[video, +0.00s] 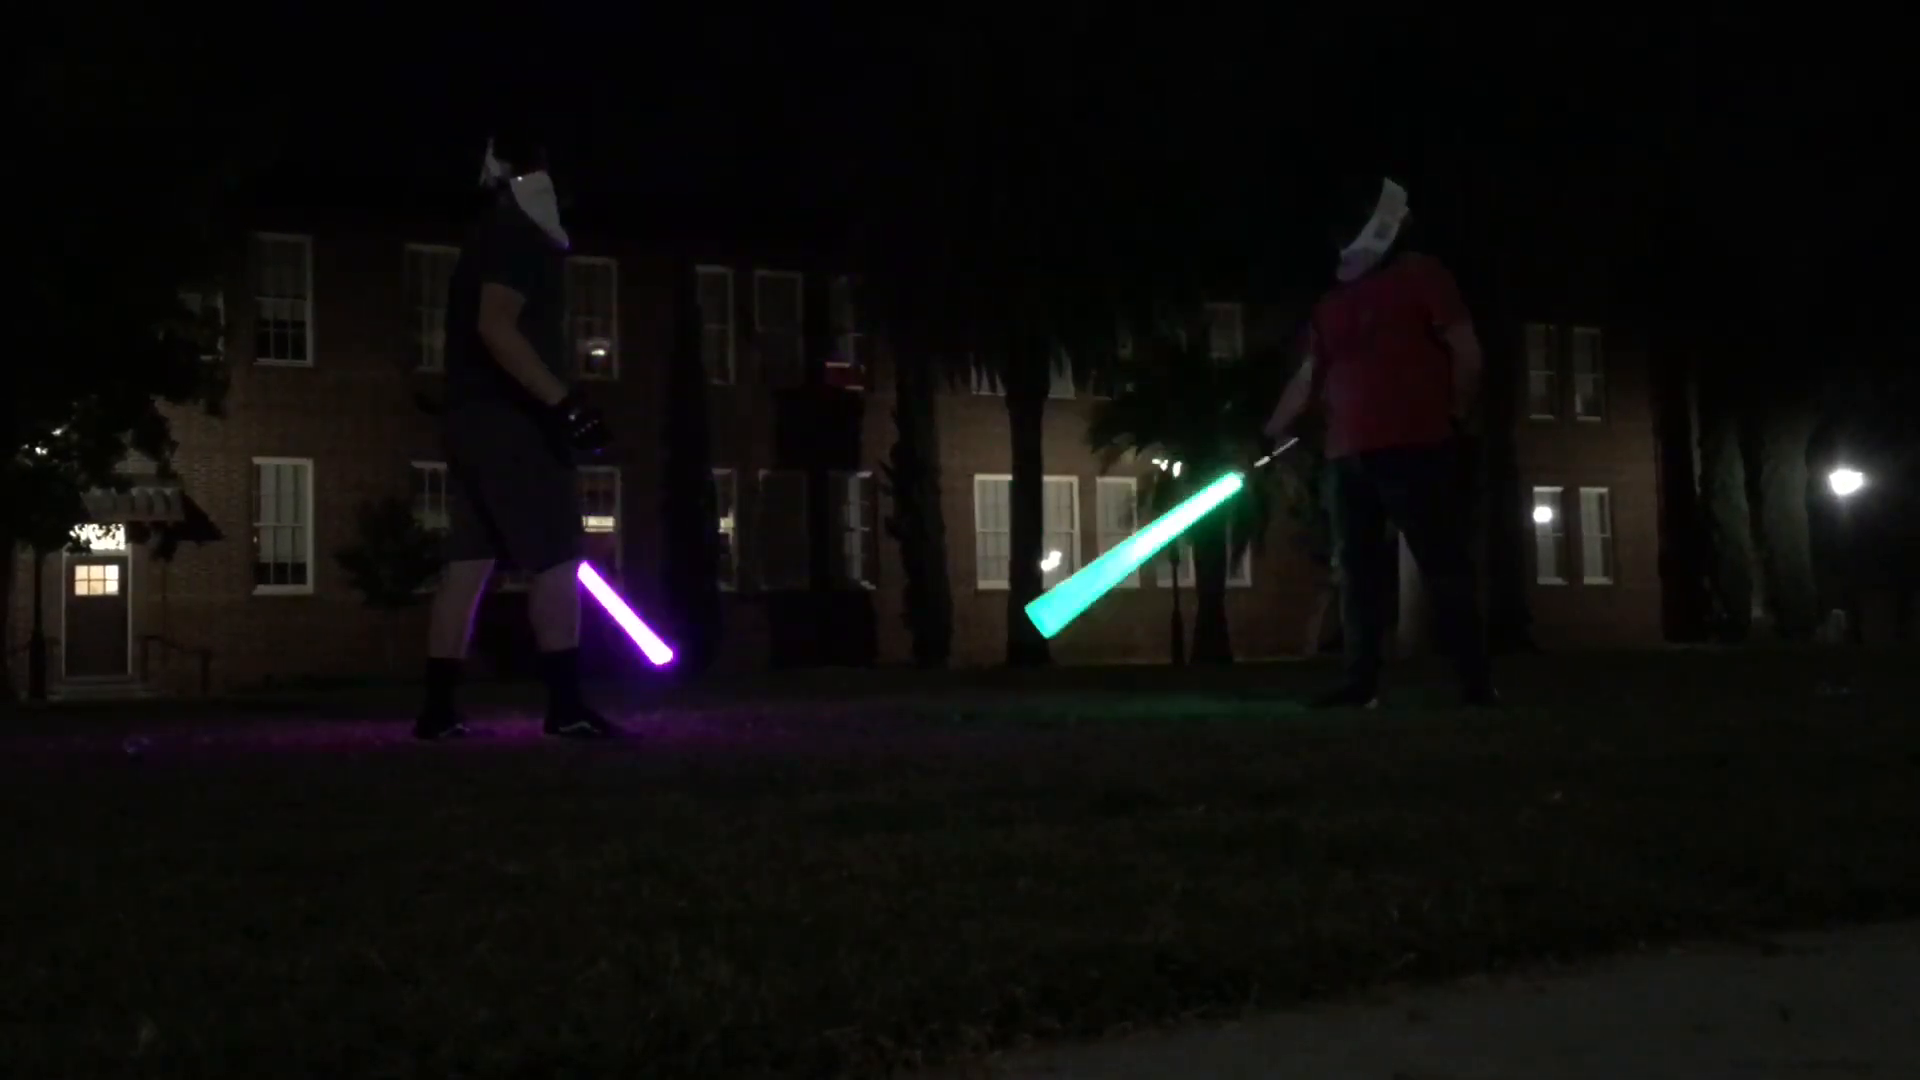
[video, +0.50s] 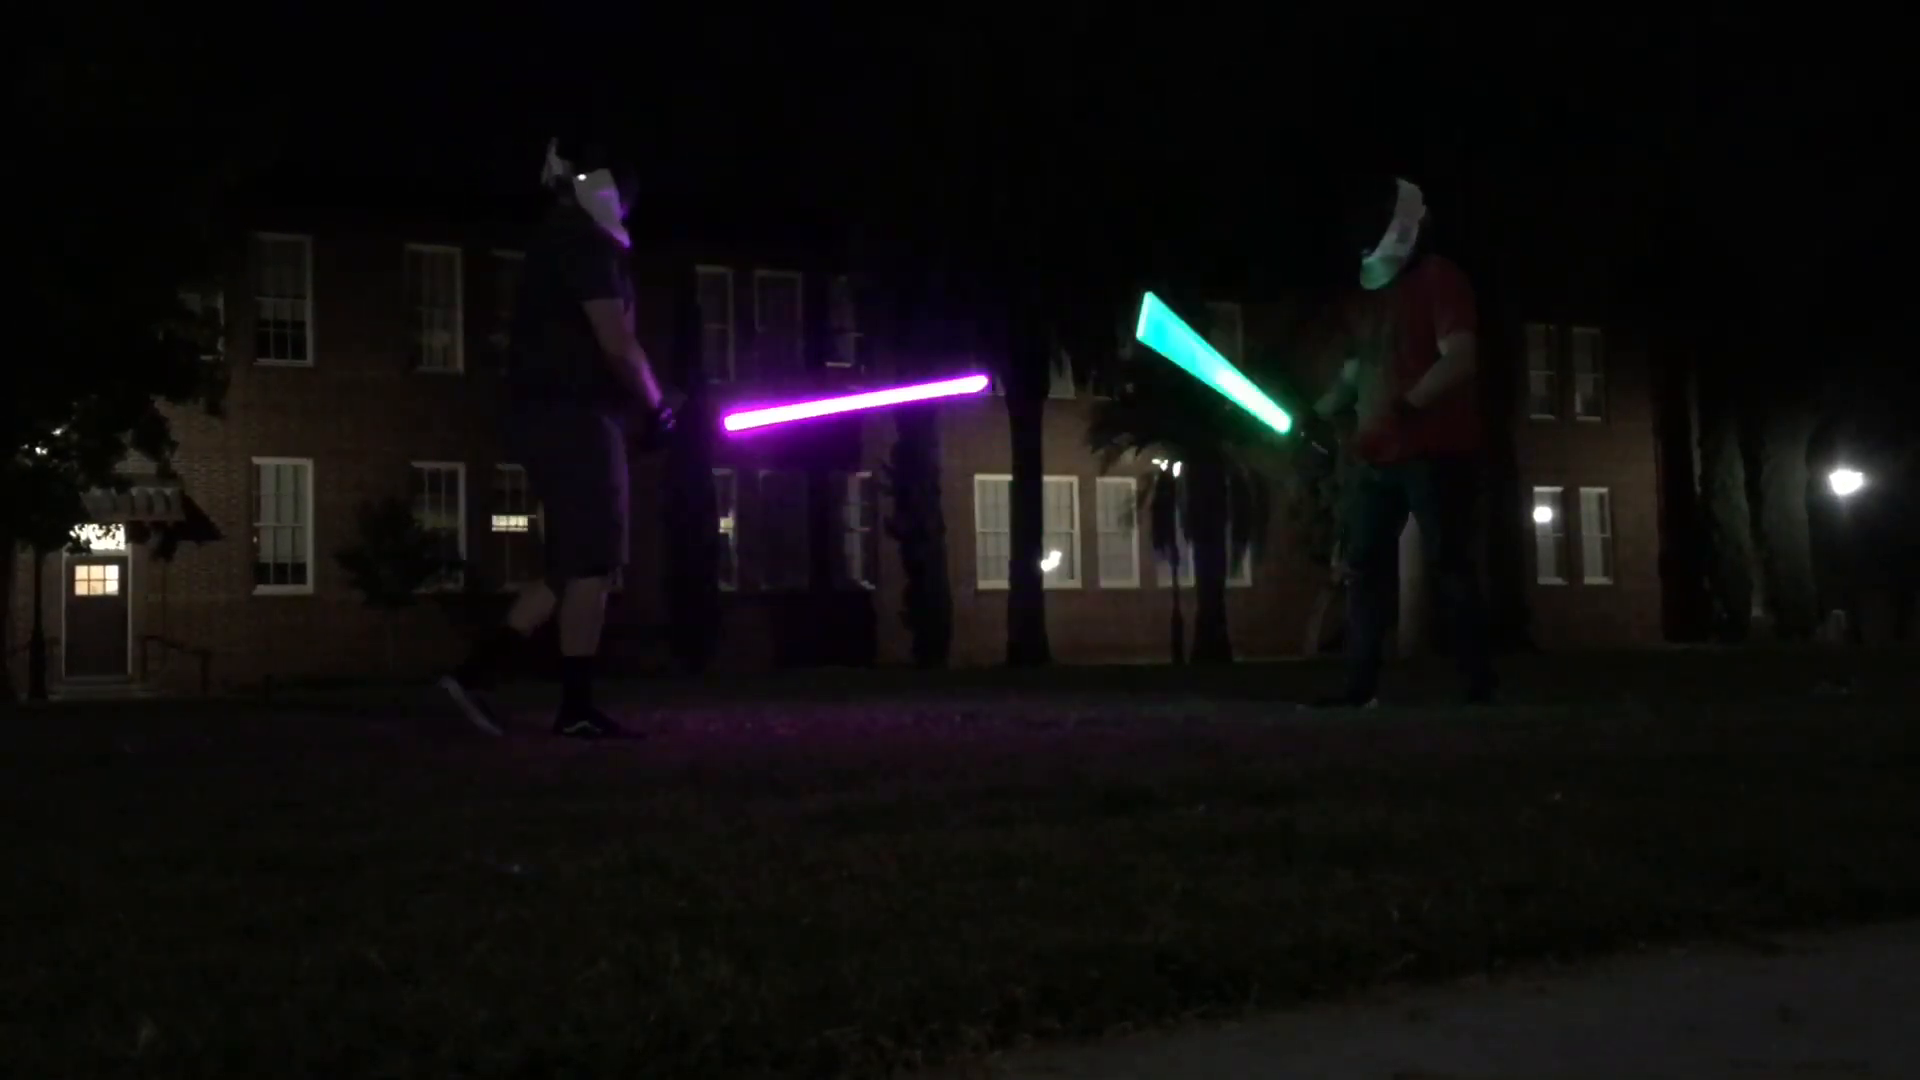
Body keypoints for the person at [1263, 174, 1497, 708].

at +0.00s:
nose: (1353, 240)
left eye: (1363, 228)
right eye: (1351, 229)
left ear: (1384, 228)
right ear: (1351, 233)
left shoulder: (1419, 276)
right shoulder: (1337, 300)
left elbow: (1466, 352)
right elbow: (1308, 377)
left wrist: (1456, 411)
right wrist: (1273, 430)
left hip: (1421, 448)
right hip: (1353, 457)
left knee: (1444, 568)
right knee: (1361, 572)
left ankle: (1470, 678)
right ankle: (1359, 679)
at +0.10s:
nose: (1362, 238)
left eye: (1374, 226)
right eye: (1361, 226)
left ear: (1392, 227)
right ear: (1354, 229)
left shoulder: (1424, 278)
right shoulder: (1339, 296)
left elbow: (1465, 350)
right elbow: (1313, 373)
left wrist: (1465, 417)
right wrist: (1285, 435)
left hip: (1426, 448)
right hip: (1357, 456)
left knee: (1446, 568)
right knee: (1361, 571)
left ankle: (1471, 677)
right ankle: (1359, 679)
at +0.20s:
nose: (1370, 237)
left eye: (1381, 225)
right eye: (1375, 223)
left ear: (1392, 227)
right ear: (1370, 226)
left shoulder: (1427, 279)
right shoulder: (1342, 295)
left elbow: (1465, 353)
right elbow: (1320, 372)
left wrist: (1476, 422)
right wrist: (1296, 434)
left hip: (1429, 447)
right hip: (1361, 455)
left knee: (1448, 568)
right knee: (1365, 571)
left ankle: (1471, 678)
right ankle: (1360, 679)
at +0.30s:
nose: (1368, 238)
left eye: (1381, 226)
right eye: (1366, 226)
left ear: (1402, 227)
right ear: (1358, 228)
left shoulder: (1433, 283)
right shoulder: (1349, 297)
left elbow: (1473, 352)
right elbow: (1329, 377)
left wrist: (1476, 424)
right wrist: (1303, 436)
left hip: (1433, 451)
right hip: (1367, 457)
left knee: (1450, 569)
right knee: (1365, 569)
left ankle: (1472, 678)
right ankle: (1360, 679)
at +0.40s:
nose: (1371, 237)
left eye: (1383, 225)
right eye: (1368, 225)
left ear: (1405, 226)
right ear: (1363, 227)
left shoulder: (1435, 282)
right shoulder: (1356, 292)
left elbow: (1473, 356)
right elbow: (1339, 369)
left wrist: (1445, 413)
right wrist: (1323, 412)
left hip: (1430, 453)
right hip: (1367, 457)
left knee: (1449, 569)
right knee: (1365, 572)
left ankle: (1469, 678)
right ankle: (1359, 680)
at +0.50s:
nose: (1380, 235)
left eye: (1391, 222)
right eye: (1376, 223)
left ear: (1412, 224)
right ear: (1370, 227)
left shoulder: (1436, 279)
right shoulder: (1368, 291)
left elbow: (1459, 357)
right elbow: (1357, 367)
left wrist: (1406, 404)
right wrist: (1323, 410)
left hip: (1436, 452)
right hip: (1378, 452)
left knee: (1449, 568)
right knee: (1367, 567)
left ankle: (1470, 678)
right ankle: (1361, 680)